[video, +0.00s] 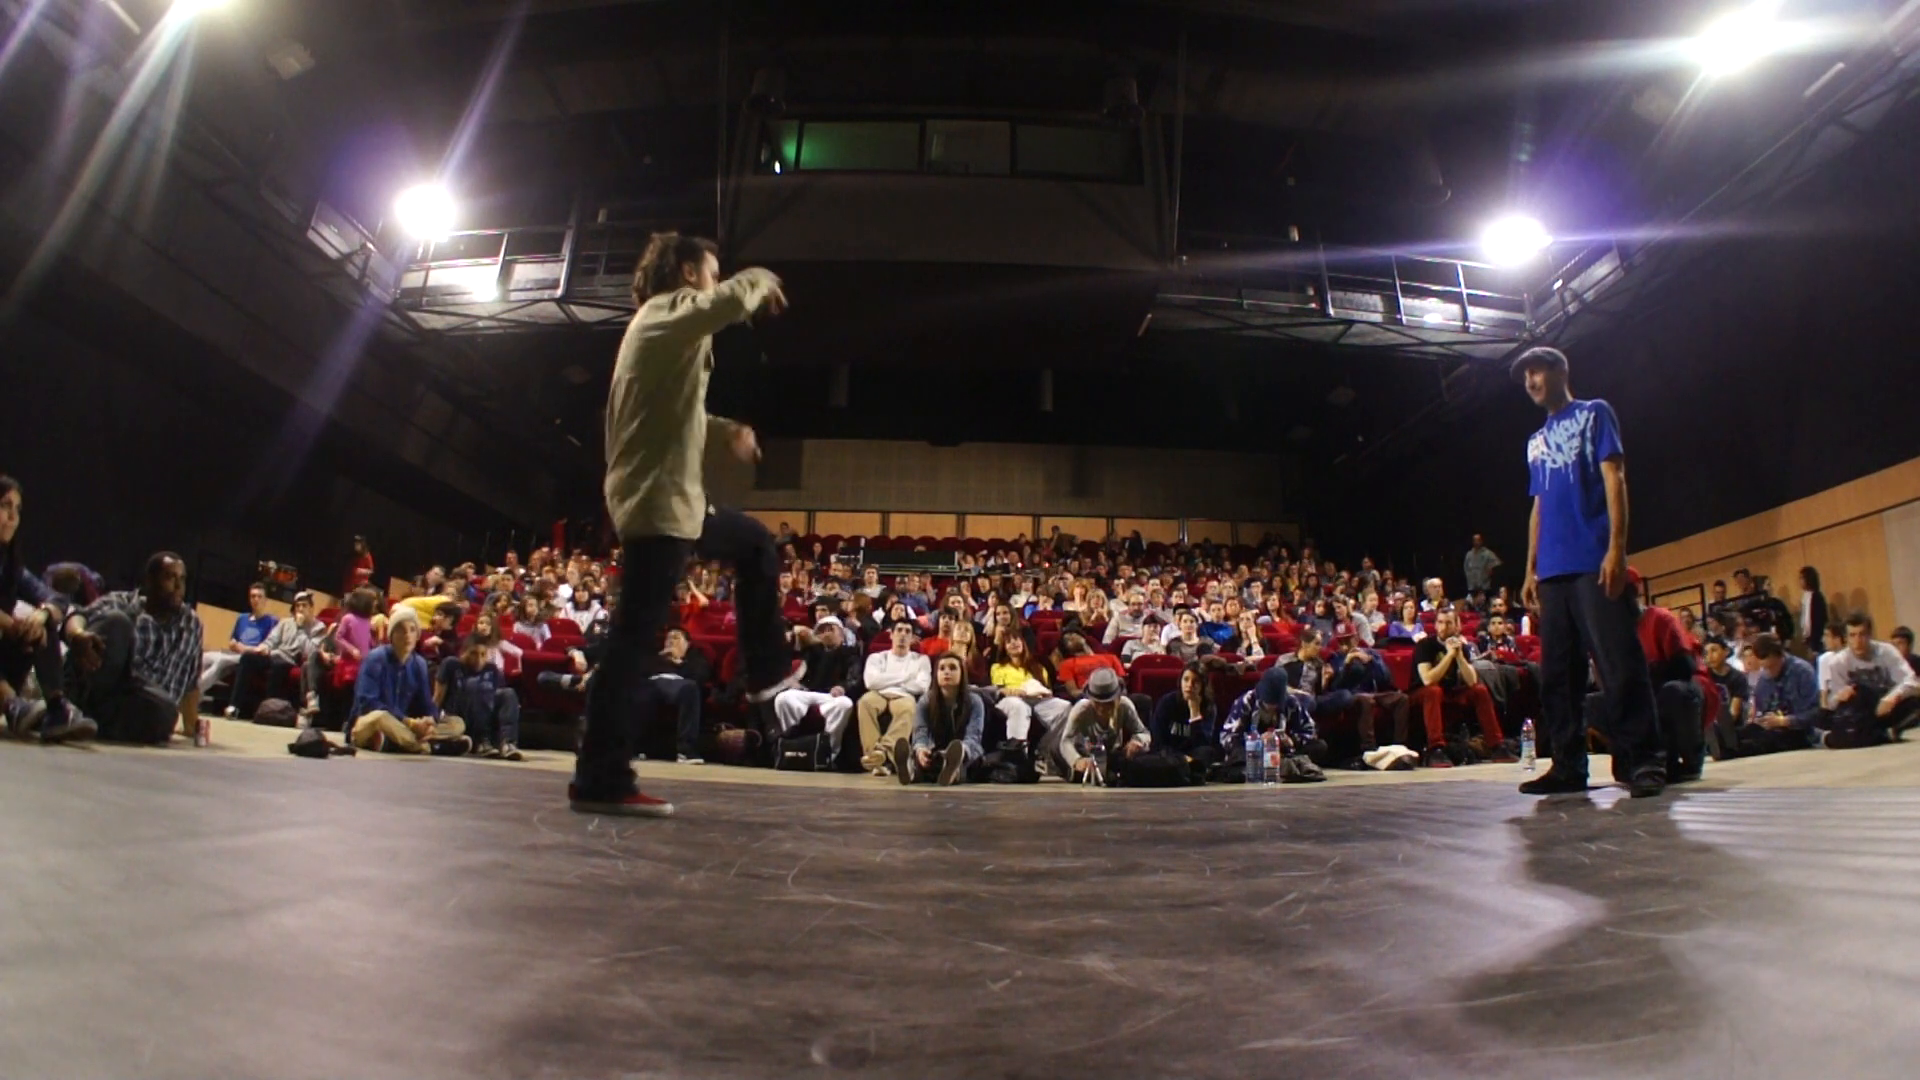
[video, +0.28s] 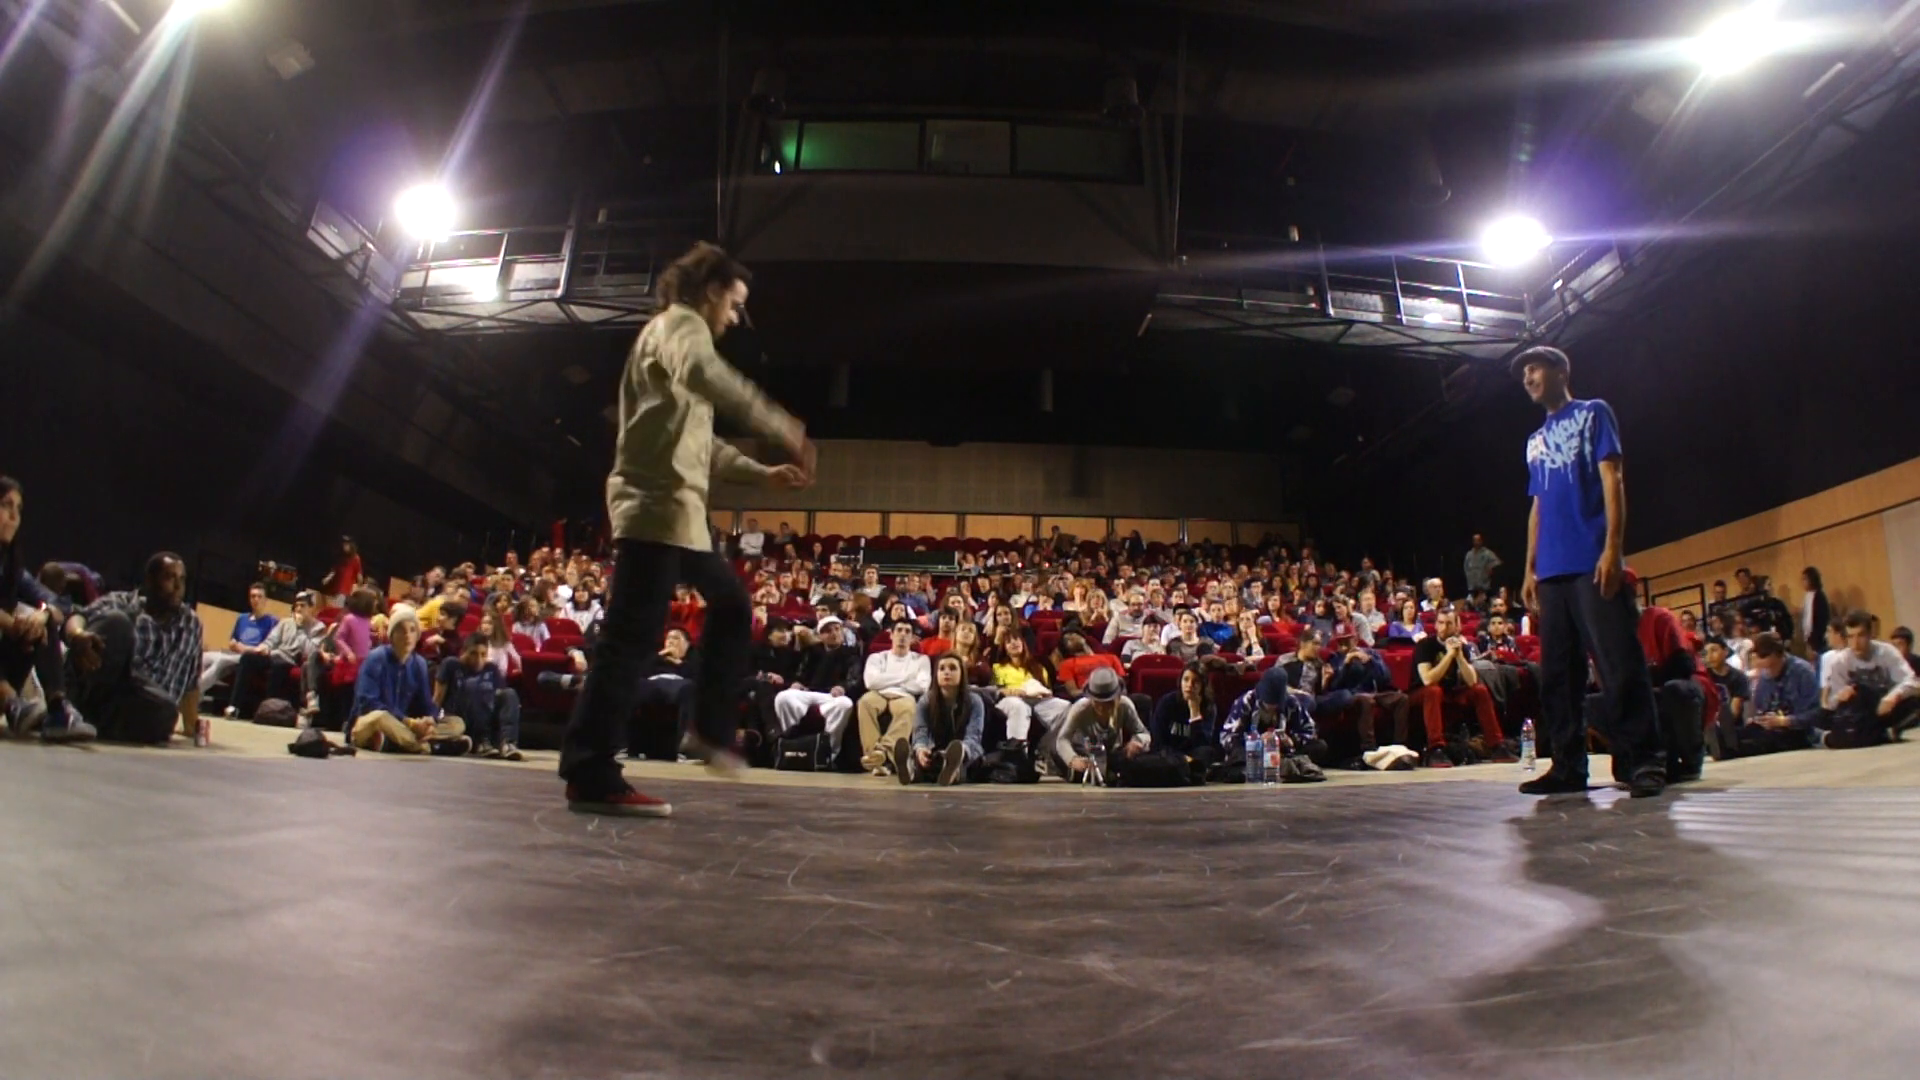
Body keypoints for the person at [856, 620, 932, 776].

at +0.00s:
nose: (903, 635)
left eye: (907, 632)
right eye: (899, 630)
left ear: (912, 638)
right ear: (891, 634)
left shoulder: (921, 659)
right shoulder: (875, 657)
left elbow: (921, 686)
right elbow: (871, 682)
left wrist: (887, 683)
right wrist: (904, 678)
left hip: (904, 694)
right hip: (879, 692)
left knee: (907, 710)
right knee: (865, 703)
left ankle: (884, 750)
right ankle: (876, 761)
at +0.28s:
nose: (903, 635)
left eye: (907, 632)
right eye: (899, 630)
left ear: (912, 638)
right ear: (891, 634)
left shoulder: (921, 659)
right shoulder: (876, 658)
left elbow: (921, 686)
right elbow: (871, 682)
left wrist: (886, 683)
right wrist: (905, 678)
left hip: (904, 694)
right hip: (879, 692)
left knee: (907, 710)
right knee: (865, 703)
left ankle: (884, 750)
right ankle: (876, 761)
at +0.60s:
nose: (903, 635)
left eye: (907, 632)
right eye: (899, 631)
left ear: (912, 638)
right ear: (891, 634)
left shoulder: (921, 659)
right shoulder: (876, 658)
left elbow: (922, 686)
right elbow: (871, 682)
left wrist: (887, 682)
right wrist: (905, 678)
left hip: (904, 694)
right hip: (879, 692)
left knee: (907, 710)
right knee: (865, 703)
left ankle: (884, 750)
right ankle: (876, 761)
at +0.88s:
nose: (903, 635)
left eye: (907, 632)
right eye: (899, 631)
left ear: (912, 638)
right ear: (891, 634)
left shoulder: (921, 659)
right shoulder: (876, 658)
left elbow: (922, 686)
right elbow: (871, 682)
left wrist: (887, 683)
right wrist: (905, 678)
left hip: (904, 694)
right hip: (879, 692)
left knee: (907, 710)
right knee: (865, 703)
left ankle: (884, 750)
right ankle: (875, 761)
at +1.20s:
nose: (903, 635)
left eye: (907, 632)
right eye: (899, 631)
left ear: (912, 638)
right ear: (891, 634)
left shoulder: (921, 659)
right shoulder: (876, 658)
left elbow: (922, 686)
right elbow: (871, 682)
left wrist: (886, 683)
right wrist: (905, 678)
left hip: (904, 694)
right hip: (879, 692)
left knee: (907, 710)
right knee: (865, 703)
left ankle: (884, 750)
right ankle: (876, 761)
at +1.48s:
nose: (903, 635)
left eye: (907, 632)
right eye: (899, 631)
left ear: (912, 638)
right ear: (891, 634)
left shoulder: (921, 659)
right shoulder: (876, 658)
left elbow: (922, 686)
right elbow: (871, 682)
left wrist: (887, 682)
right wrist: (906, 677)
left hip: (904, 694)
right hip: (879, 692)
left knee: (907, 710)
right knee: (865, 703)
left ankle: (884, 750)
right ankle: (876, 761)